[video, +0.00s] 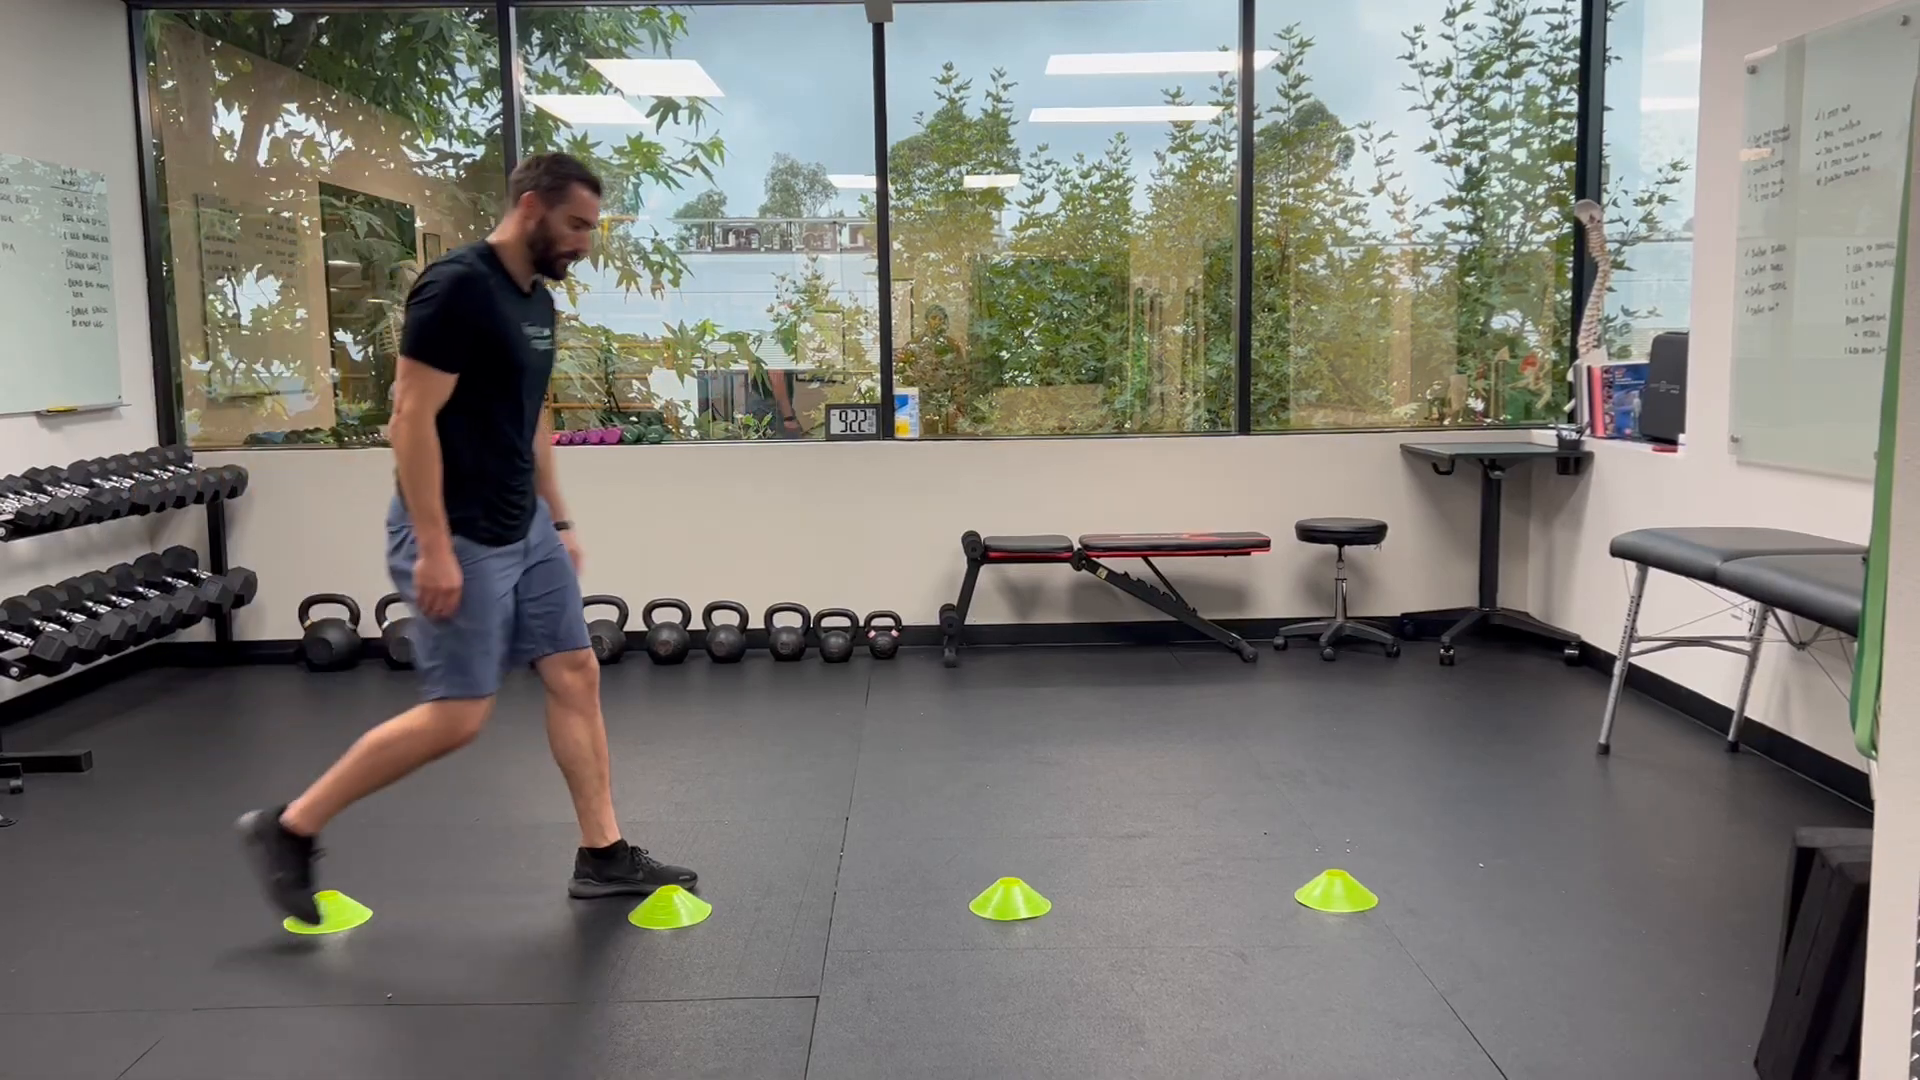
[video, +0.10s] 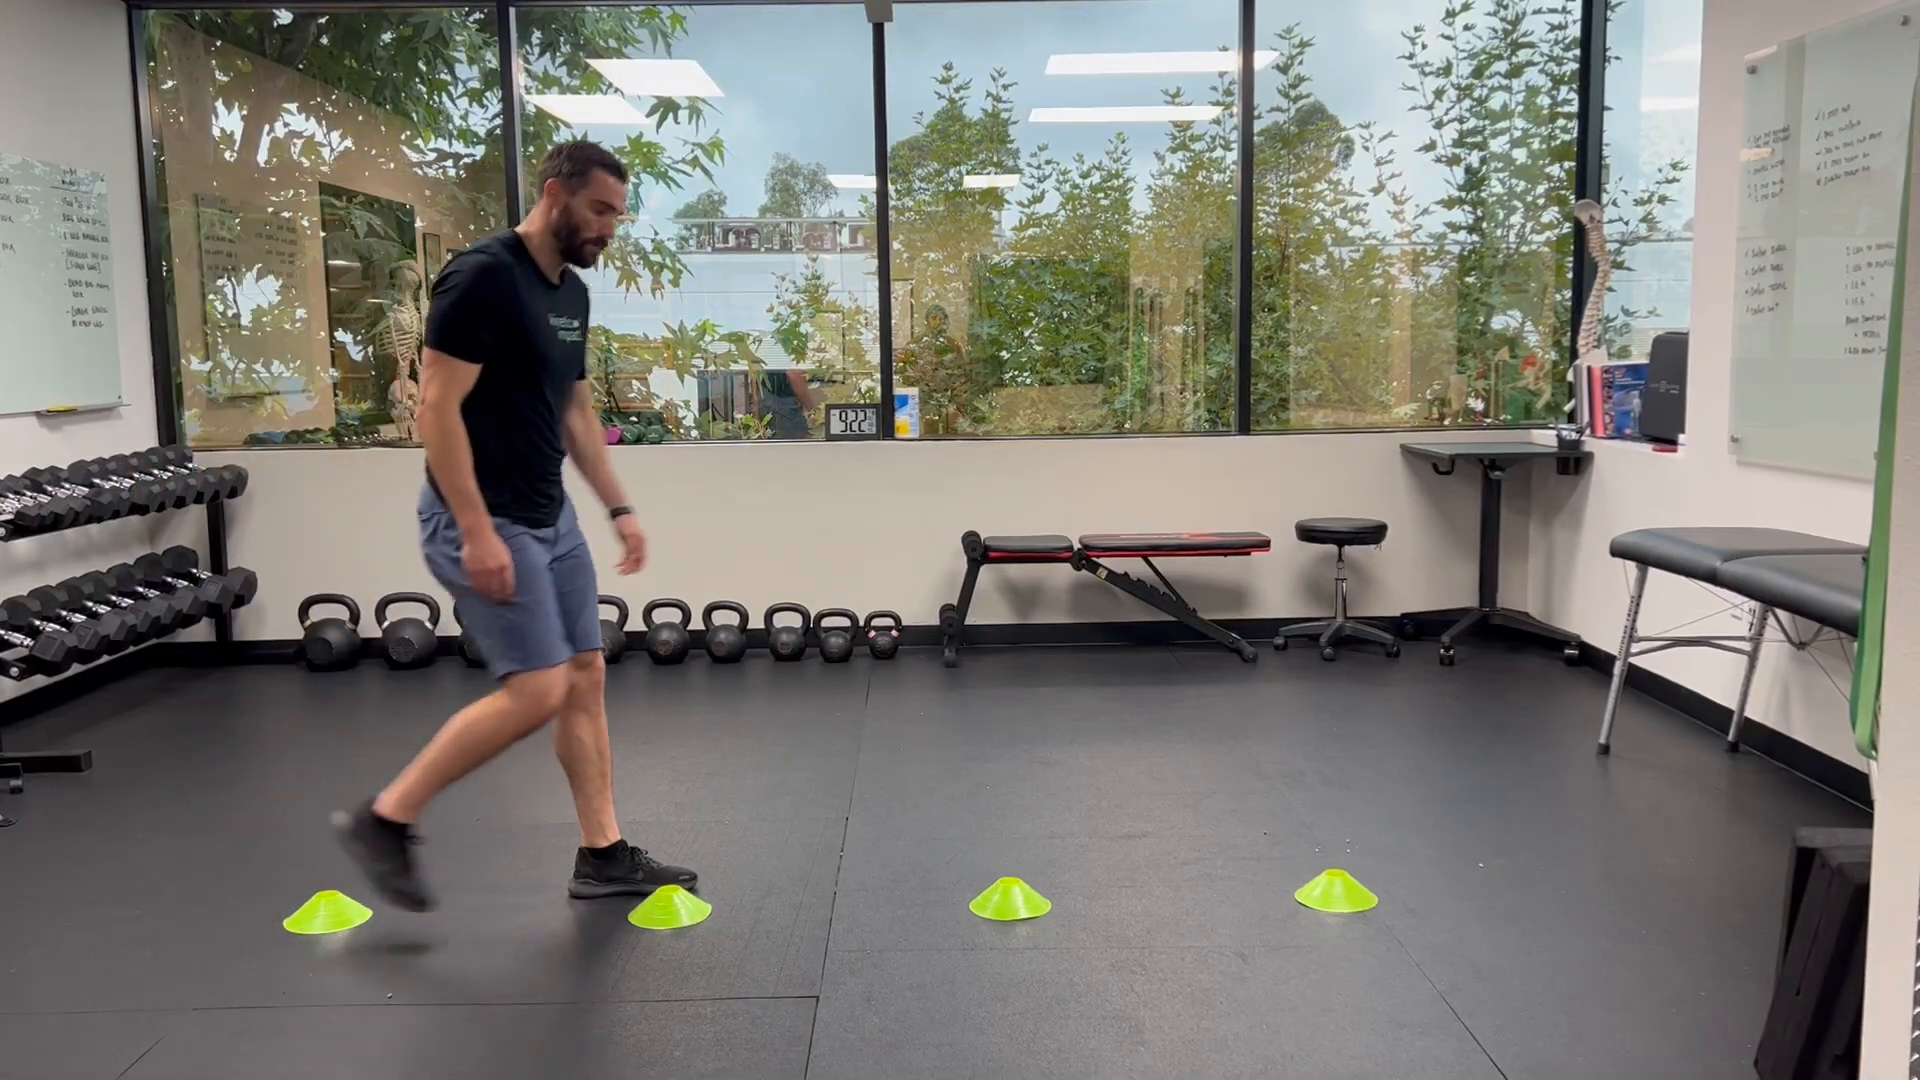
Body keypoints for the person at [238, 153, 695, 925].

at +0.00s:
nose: (585, 243)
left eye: (591, 229)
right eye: (578, 225)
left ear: (557, 218)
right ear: (530, 206)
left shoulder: (537, 299)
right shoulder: (456, 287)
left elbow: (531, 420)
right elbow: (410, 418)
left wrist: (557, 519)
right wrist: (434, 547)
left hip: (526, 534)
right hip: (457, 543)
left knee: (574, 672)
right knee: (457, 714)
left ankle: (603, 851)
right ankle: (289, 829)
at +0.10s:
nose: (610, 230)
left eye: (618, 216)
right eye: (601, 211)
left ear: (594, 210)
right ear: (554, 195)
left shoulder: (571, 290)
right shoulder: (480, 279)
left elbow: (571, 407)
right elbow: (435, 412)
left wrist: (618, 505)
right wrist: (476, 531)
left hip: (549, 516)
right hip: (485, 522)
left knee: (584, 675)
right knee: (538, 686)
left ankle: (603, 852)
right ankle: (385, 819)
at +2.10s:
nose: (965, 186)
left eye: (976, 174)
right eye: (951, 168)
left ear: (983, 187)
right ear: (912, 173)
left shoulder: (950, 272)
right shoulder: (885, 269)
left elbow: (989, 380)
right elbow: (877, 405)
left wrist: (1072, 418)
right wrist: (932, 522)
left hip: (956, 511)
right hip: (919, 517)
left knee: (961, 682)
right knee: (974, 689)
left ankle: (938, 846)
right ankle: (955, 887)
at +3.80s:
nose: (1301, 192)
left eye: (1312, 182)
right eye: (1288, 173)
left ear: (1314, 195)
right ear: (1247, 173)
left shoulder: (1260, 270)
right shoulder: (1220, 260)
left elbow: (1319, 375)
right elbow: (1204, 391)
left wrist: (1420, 381)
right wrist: (1280, 497)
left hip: (1239, 506)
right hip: (1230, 510)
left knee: (1261, 667)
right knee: (1299, 680)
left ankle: (1247, 838)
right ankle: (1271, 877)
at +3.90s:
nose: (1302, 182)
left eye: (1312, 170)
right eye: (1288, 164)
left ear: (1315, 184)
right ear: (1245, 169)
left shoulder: (1267, 262)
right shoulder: (1225, 259)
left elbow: (1322, 365)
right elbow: (1221, 392)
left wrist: (1391, 318)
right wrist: (1292, 503)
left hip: (1262, 499)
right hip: (1247, 503)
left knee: (1273, 665)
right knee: (1298, 675)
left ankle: (1249, 839)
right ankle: (1271, 877)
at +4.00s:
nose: (1298, 177)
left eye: (1308, 164)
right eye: (1283, 160)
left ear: (1314, 176)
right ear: (1242, 166)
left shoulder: (1273, 260)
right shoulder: (1228, 261)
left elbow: (1335, 364)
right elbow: (1234, 399)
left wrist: (1363, 283)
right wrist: (1293, 511)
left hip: (1277, 495)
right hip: (1267, 501)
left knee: (1273, 666)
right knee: (1300, 677)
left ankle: (1250, 840)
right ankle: (1272, 878)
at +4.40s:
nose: (1301, 178)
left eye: (1312, 165)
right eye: (1285, 162)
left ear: (1318, 176)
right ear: (1246, 168)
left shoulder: (1290, 264)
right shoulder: (1228, 265)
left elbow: (1348, 373)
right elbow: (1227, 405)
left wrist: (1360, 314)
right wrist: (1271, 524)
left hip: (1298, 496)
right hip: (1279, 502)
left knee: (1282, 667)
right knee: (1307, 676)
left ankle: (1249, 841)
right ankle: (1274, 879)